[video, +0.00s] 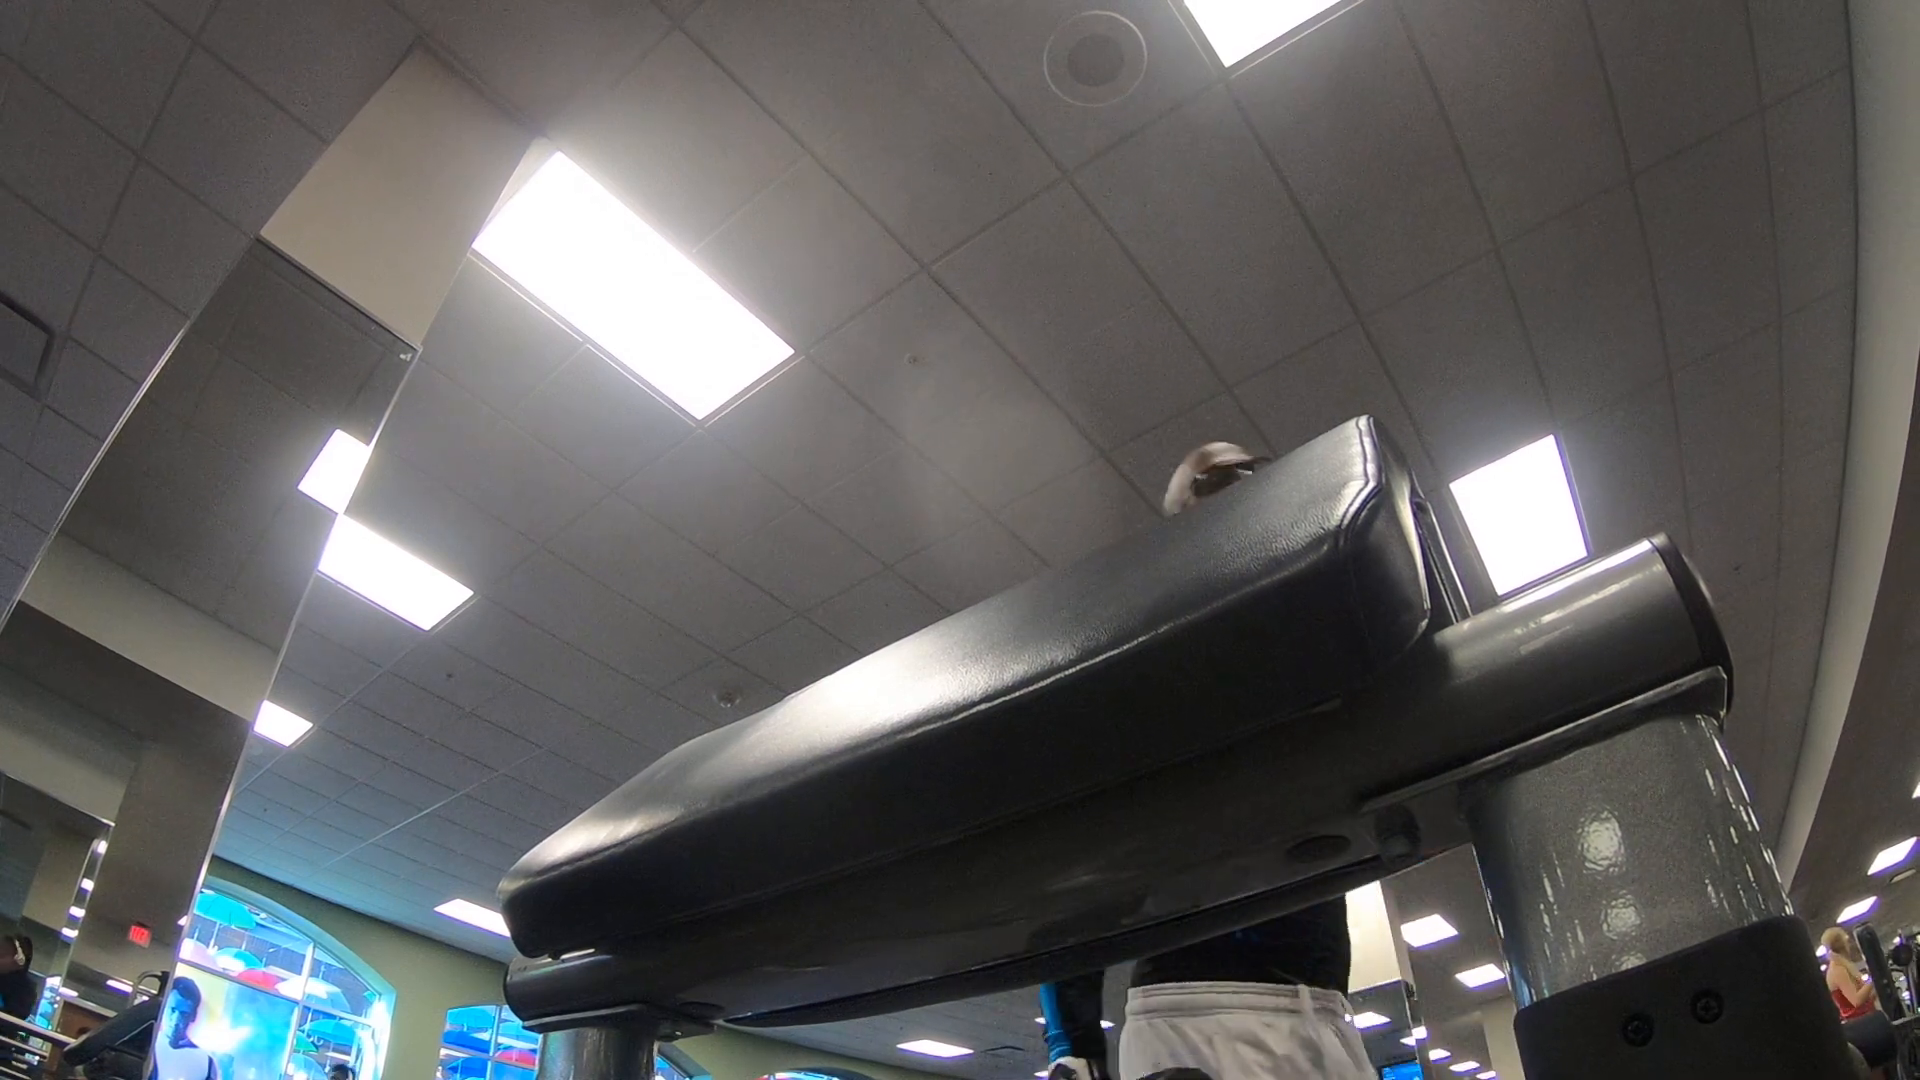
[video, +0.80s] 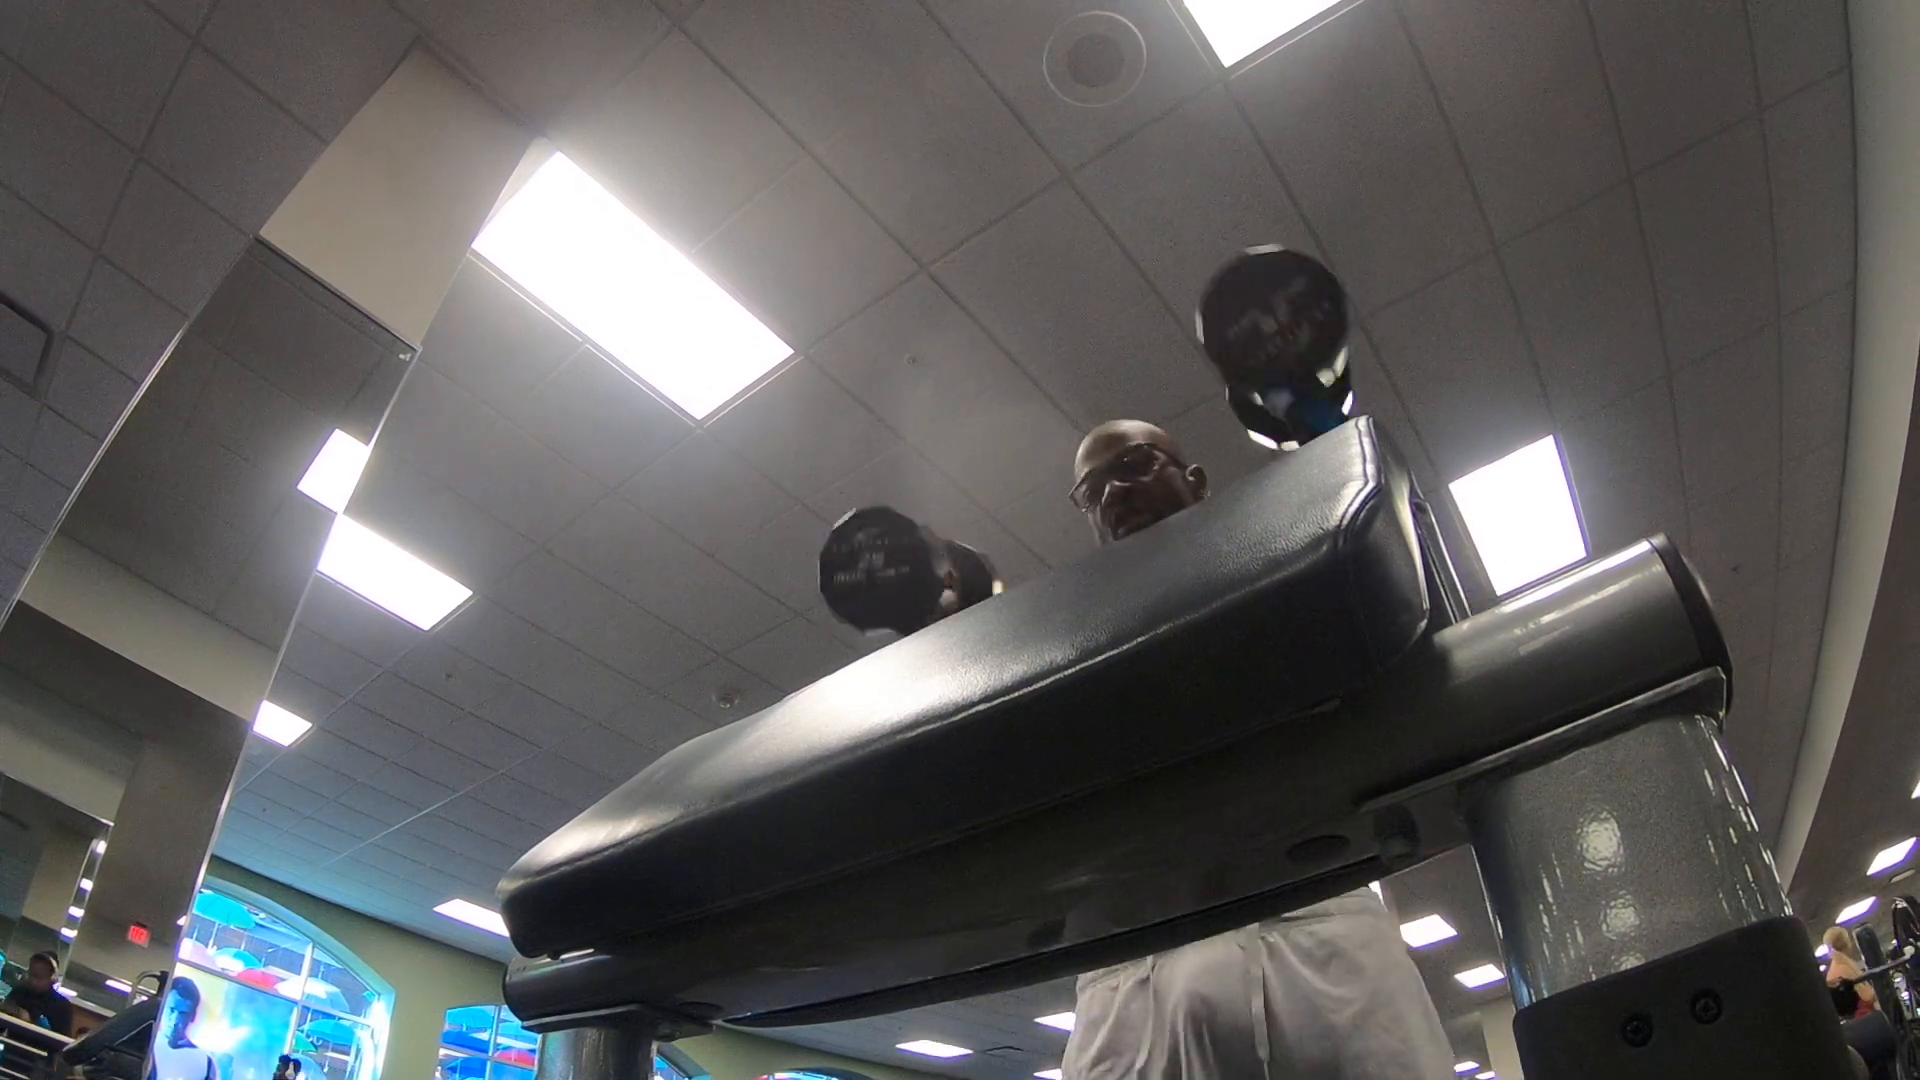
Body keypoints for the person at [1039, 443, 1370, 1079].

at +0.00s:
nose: (1237, 499)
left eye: (1248, 481)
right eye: (1209, 490)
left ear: (1279, 494)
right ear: (1172, 527)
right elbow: (1073, 859)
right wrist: (1078, 1048)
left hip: (1319, 1007)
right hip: (1188, 1009)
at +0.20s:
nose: (1145, 447)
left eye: (1165, 437)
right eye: (1117, 452)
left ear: (1205, 474)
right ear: (1100, 509)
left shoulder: (1287, 596)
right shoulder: (1064, 626)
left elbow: (1338, 836)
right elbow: (982, 849)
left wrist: (1396, 1054)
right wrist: (996, 1054)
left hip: (1303, 994)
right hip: (1145, 1006)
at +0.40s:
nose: (1094, 460)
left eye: (1113, 445)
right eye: (1067, 461)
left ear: (1158, 476)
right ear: (1049, 508)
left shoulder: (1257, 577)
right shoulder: (1023, 639)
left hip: (1310, 970)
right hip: (1138, 998)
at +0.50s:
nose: (1085, 472)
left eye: (1106, 455)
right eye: (1060, 472)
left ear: (1156, 478)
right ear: (1050, 515)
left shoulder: (1252, 576)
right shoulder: (1022, 645)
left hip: (1311, 956)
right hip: (1132, 995)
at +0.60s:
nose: (1099, 487)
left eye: (1120, 467)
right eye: (1074, 486)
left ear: (1170, 490)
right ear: (1065, 528)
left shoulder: (1263, 570)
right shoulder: (1033, 637)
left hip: (1314, 949)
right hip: (1131, 989)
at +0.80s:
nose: (1113, 489)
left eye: (1132, 464)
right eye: (1092, 490)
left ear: (1194, 478)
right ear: (1089, 527)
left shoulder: (1291, 557)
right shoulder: (1064, 630)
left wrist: (1323, 421)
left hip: (1328, 921)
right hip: (1140, 963)